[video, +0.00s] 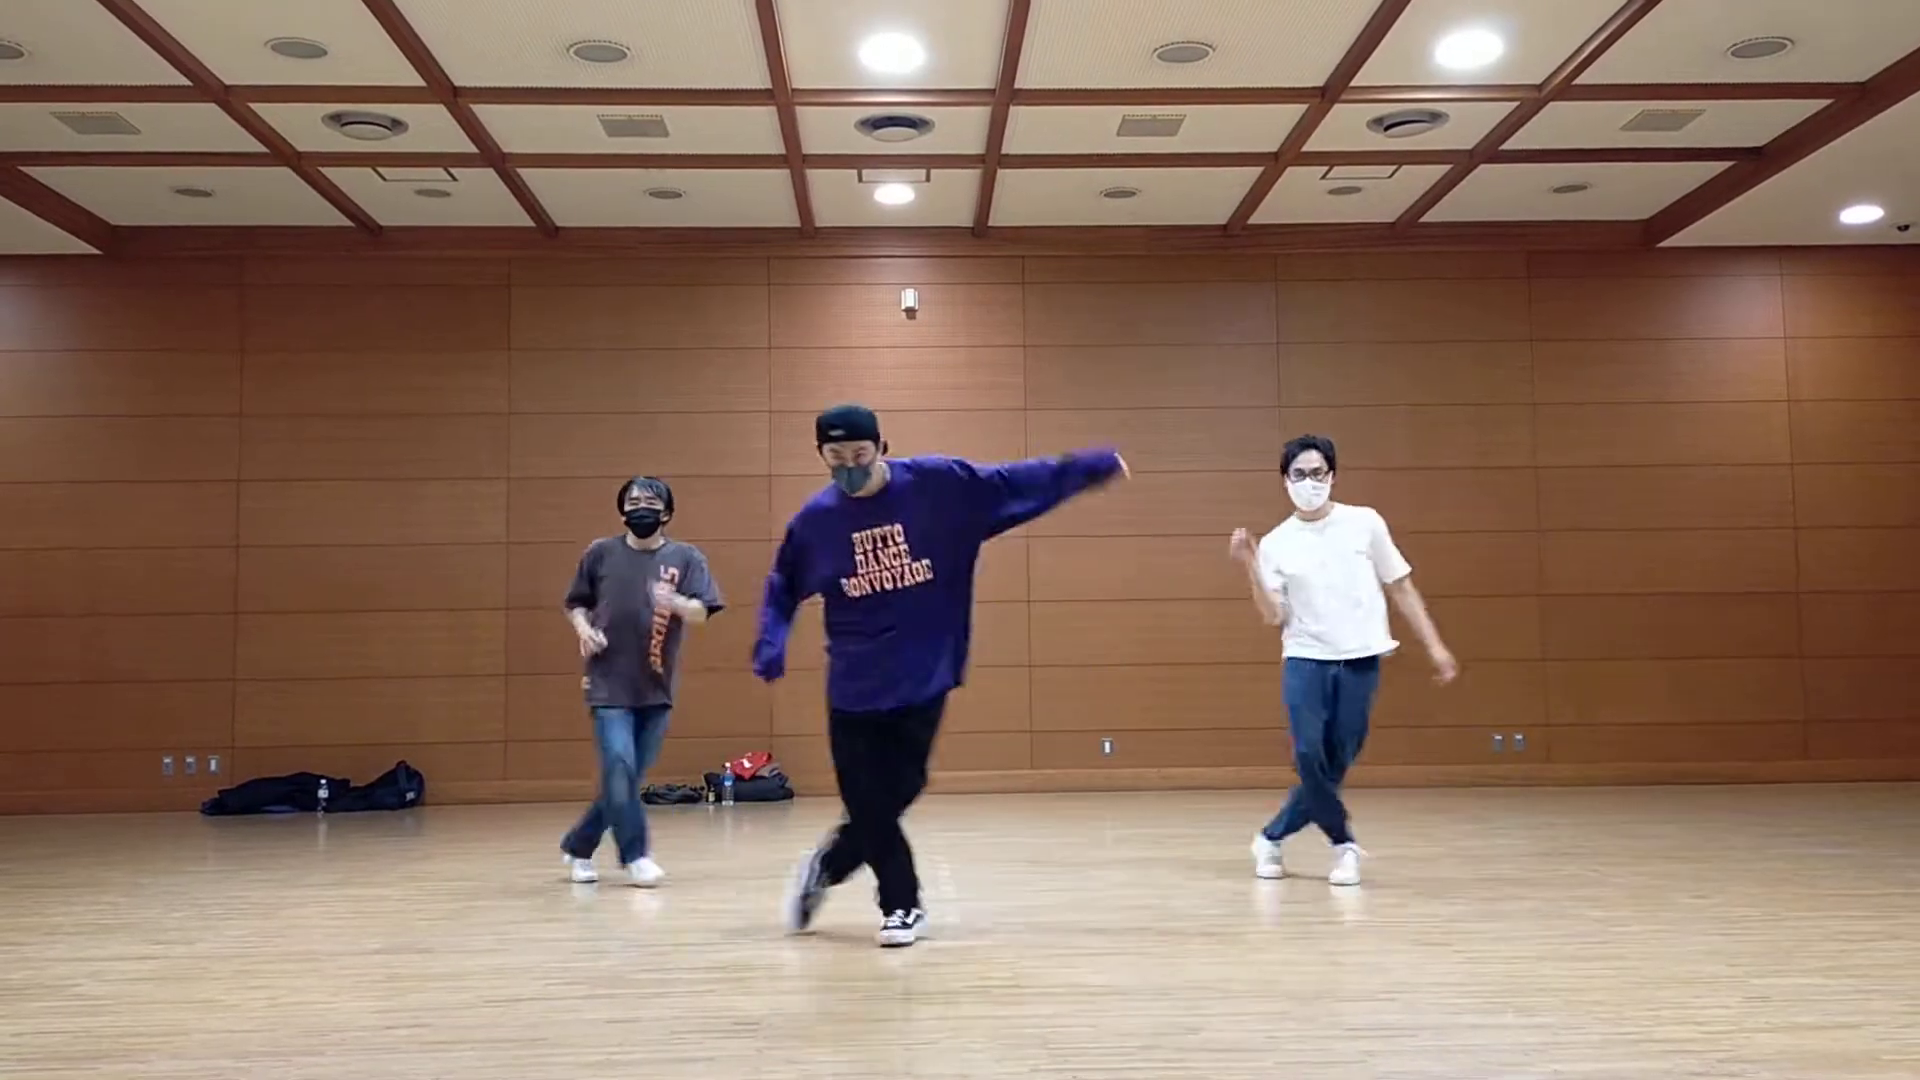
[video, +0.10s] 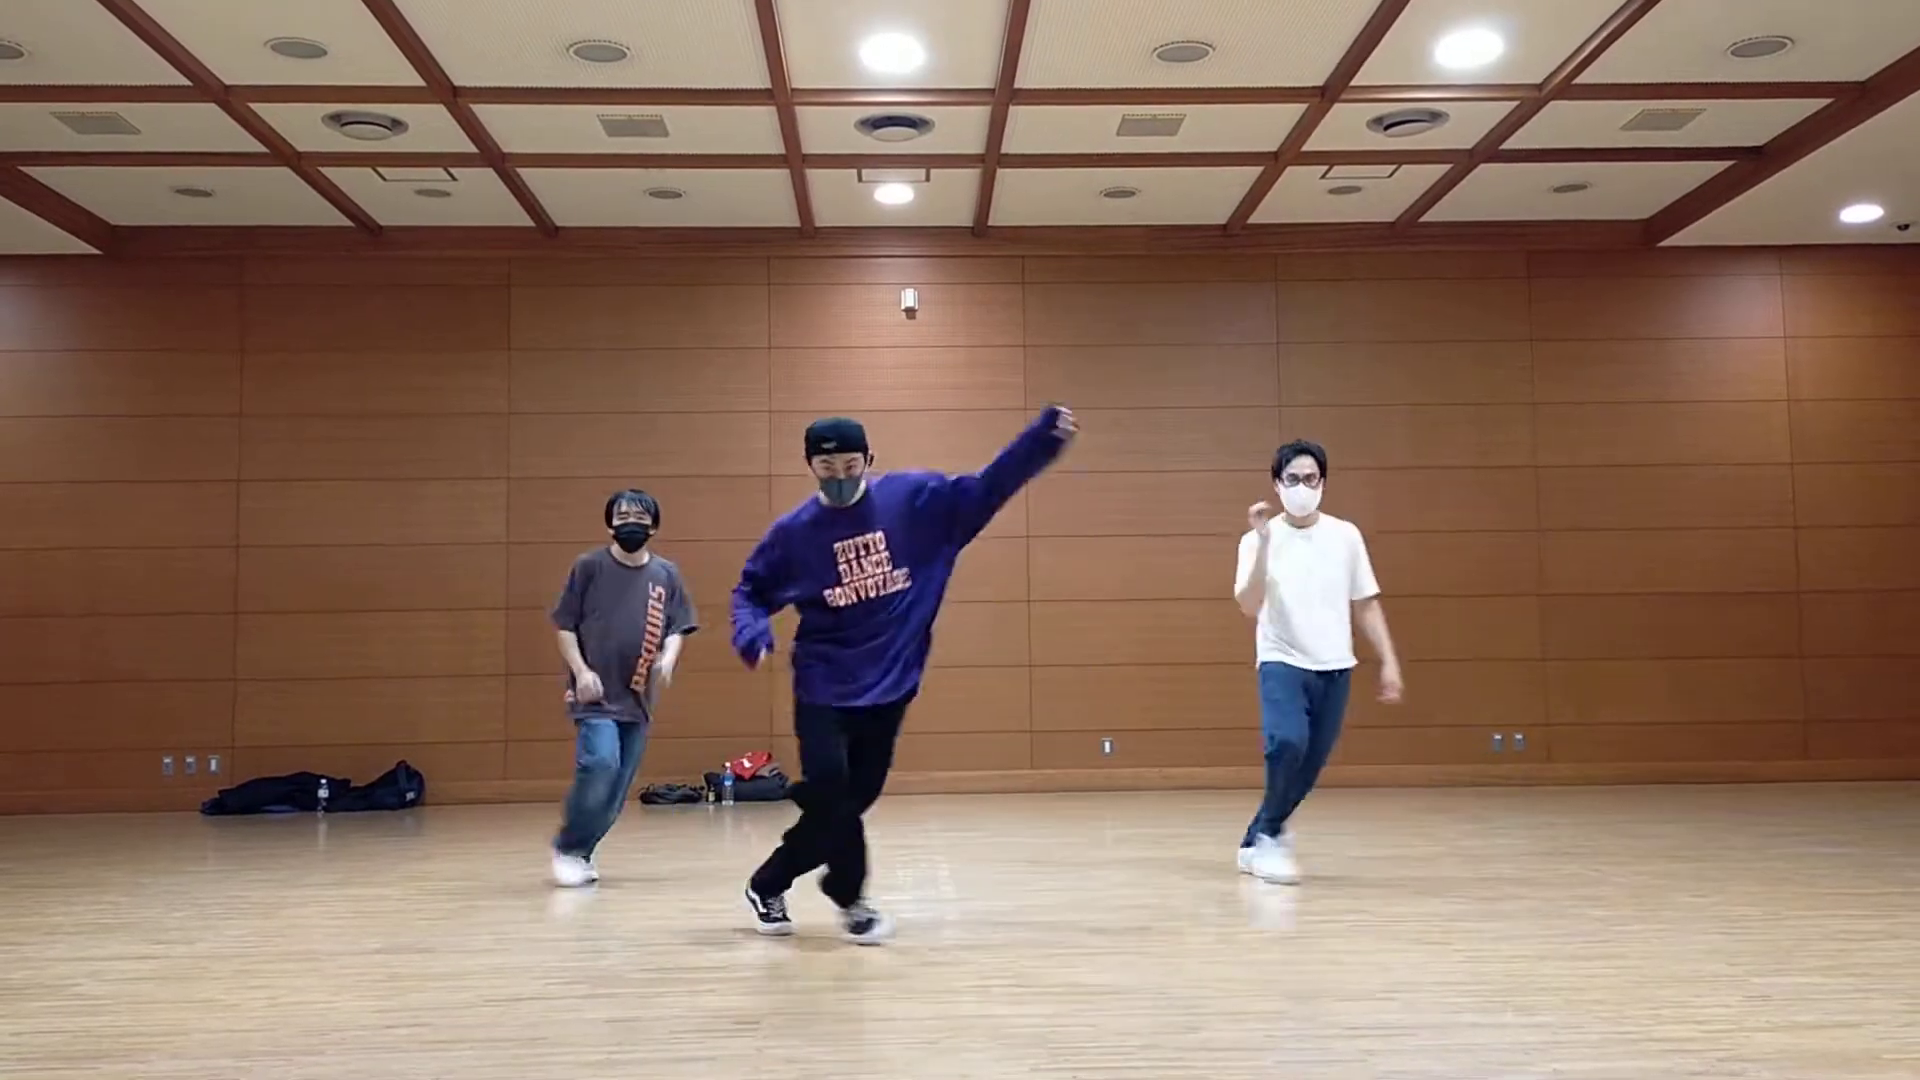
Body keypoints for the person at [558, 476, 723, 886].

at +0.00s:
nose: (641, 508)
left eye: (650, 502)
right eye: (634, 502)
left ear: (665, 511)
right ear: (623, 510)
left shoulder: (686, 559)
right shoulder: (601, 554)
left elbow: (703, 611)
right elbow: (576, 603)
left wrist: (675, 603)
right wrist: (584, 628)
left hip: (657, 687)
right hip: (609, 684)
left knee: (631, 776)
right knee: (620, 764)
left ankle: (578, 846)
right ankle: (635, 855)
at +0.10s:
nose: (632, 523)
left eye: (640, 517)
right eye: (624, 517)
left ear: (653, 525)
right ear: (611, 524)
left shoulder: (666, 574)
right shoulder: (588, 567)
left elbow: (677, 626)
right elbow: (564, 625)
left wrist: (667, 662)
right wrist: (582, 672)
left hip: (637, 700)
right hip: (595, 695)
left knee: (619, 784)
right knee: (602, 764)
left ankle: (583, 852)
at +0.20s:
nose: (622, 516)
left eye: (630, 510)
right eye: (613, 510)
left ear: (642, 522)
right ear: (599, 521)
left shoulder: (650, 572)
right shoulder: (580, 565)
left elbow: (657, 637)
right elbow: (567, 629)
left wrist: (660, 689)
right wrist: (604, 669)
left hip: (633, 699)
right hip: (586, 696)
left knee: (613, 793)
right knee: (574, 779)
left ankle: (576, 856)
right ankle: (518, 855)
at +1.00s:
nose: (705, 517)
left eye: (712, 509)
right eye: (698, 509)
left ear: (727, 513)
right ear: (683, 516)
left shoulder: (742, 560)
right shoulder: (661, 559)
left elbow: (781, 607)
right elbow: (640, 612)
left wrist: (819, 642)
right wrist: (677, 633)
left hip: (727, 689)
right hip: (681, 691)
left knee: (728, 772)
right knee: (699, 777)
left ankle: (704, 855)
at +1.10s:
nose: (709, 524)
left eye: (717, 517)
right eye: (701, 518)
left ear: (731, 525)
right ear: (689, 527)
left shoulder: (750, 578)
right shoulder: (672, 575)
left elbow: (776, 633)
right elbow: (658, 628)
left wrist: (792, 685)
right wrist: (674, 671)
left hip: (744, 694)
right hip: (699, 698)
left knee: (746, 761)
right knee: (731, 777)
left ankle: (750, 849)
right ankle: (774, 842)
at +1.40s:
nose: (692, 510)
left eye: (700, 502)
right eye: (685, 503)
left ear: (717, 505)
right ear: (676, 509)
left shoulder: (733, 545)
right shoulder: (682, 553)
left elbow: (744, 603)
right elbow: (701, 605)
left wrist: (682, 605)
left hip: (745, 676)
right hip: (702, 678)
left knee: (768, 760)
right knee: (695, 758)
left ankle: (802, 847)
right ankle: (722, 846)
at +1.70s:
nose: (636, 545)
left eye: (646, 538)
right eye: (629, 538)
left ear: (665, 544)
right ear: (622, 543)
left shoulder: (681, 589)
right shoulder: (642, 583)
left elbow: (683, 648)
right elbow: (644, 613)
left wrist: (641, 680)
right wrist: (623, 626)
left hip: (711, 698)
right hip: (668, 696)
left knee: (749, 770)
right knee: (634, 766)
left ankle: (806, 848)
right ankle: (623, 863)